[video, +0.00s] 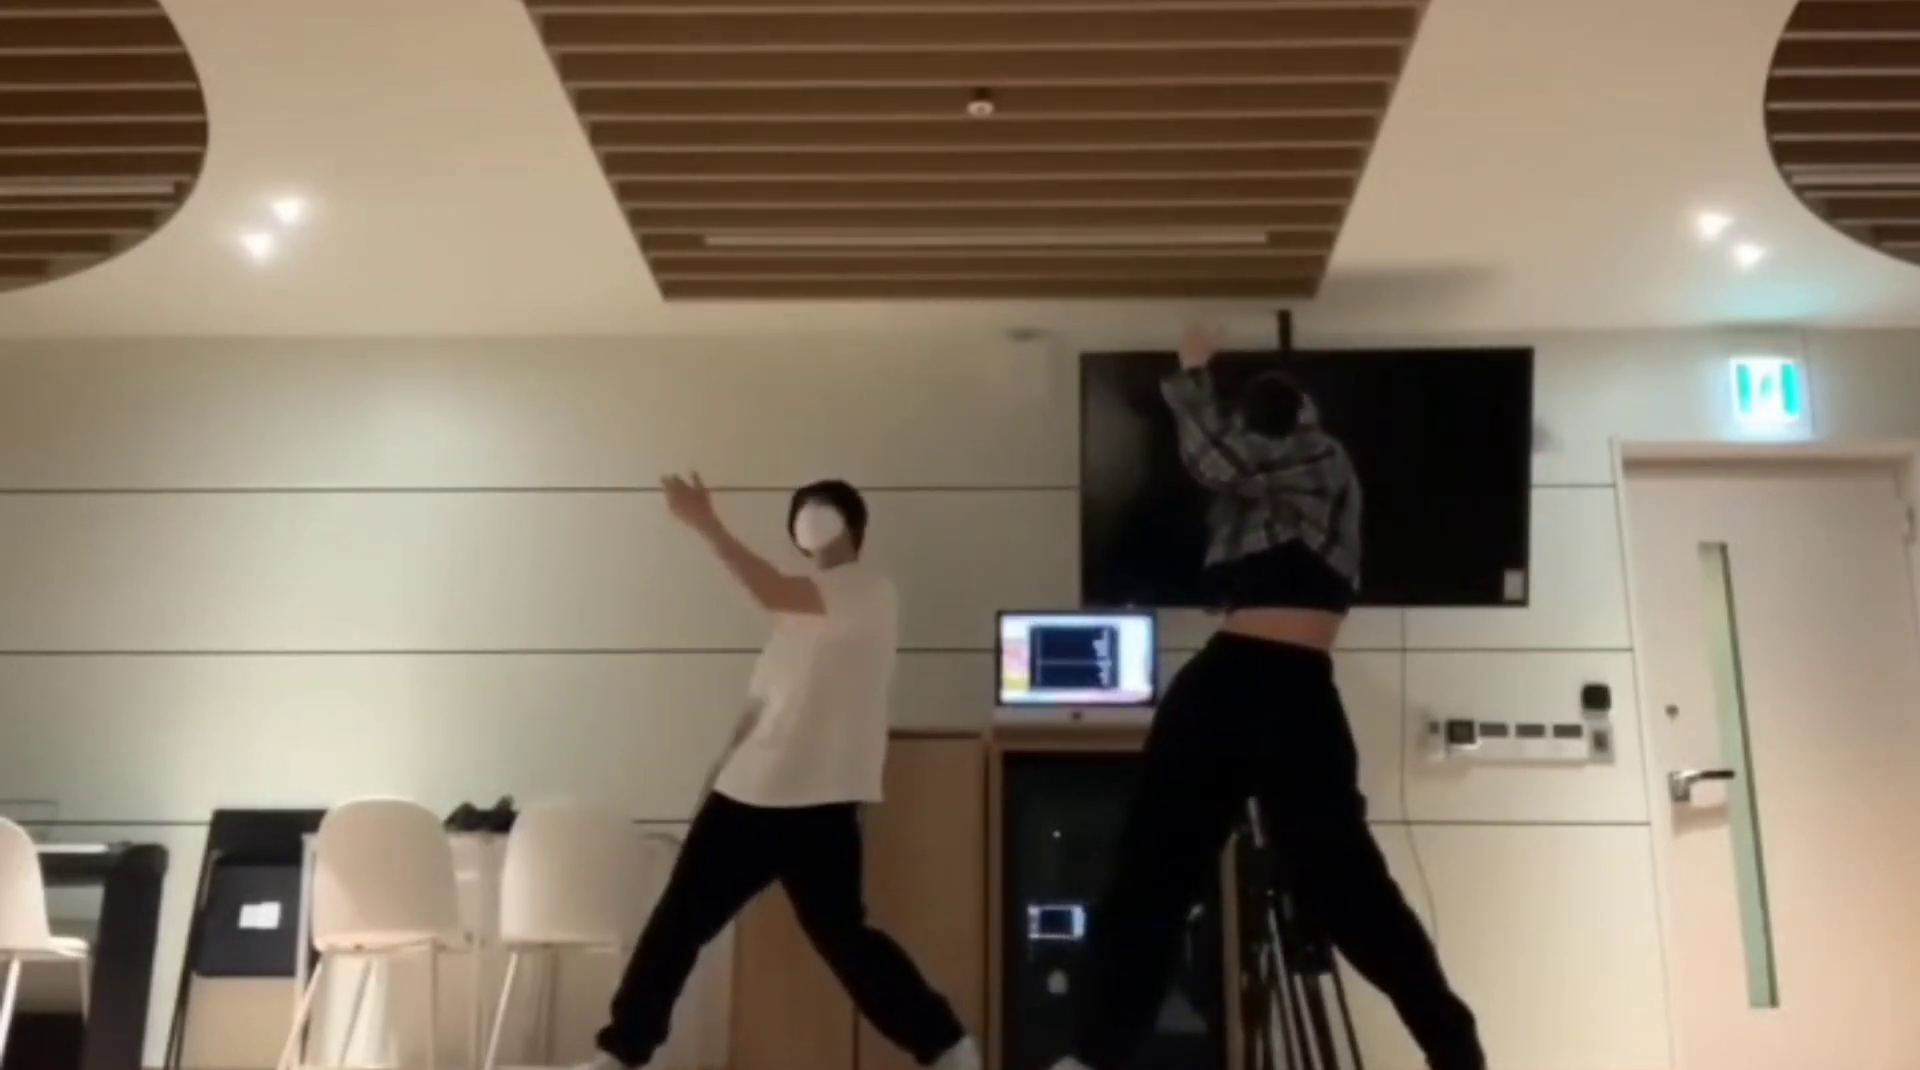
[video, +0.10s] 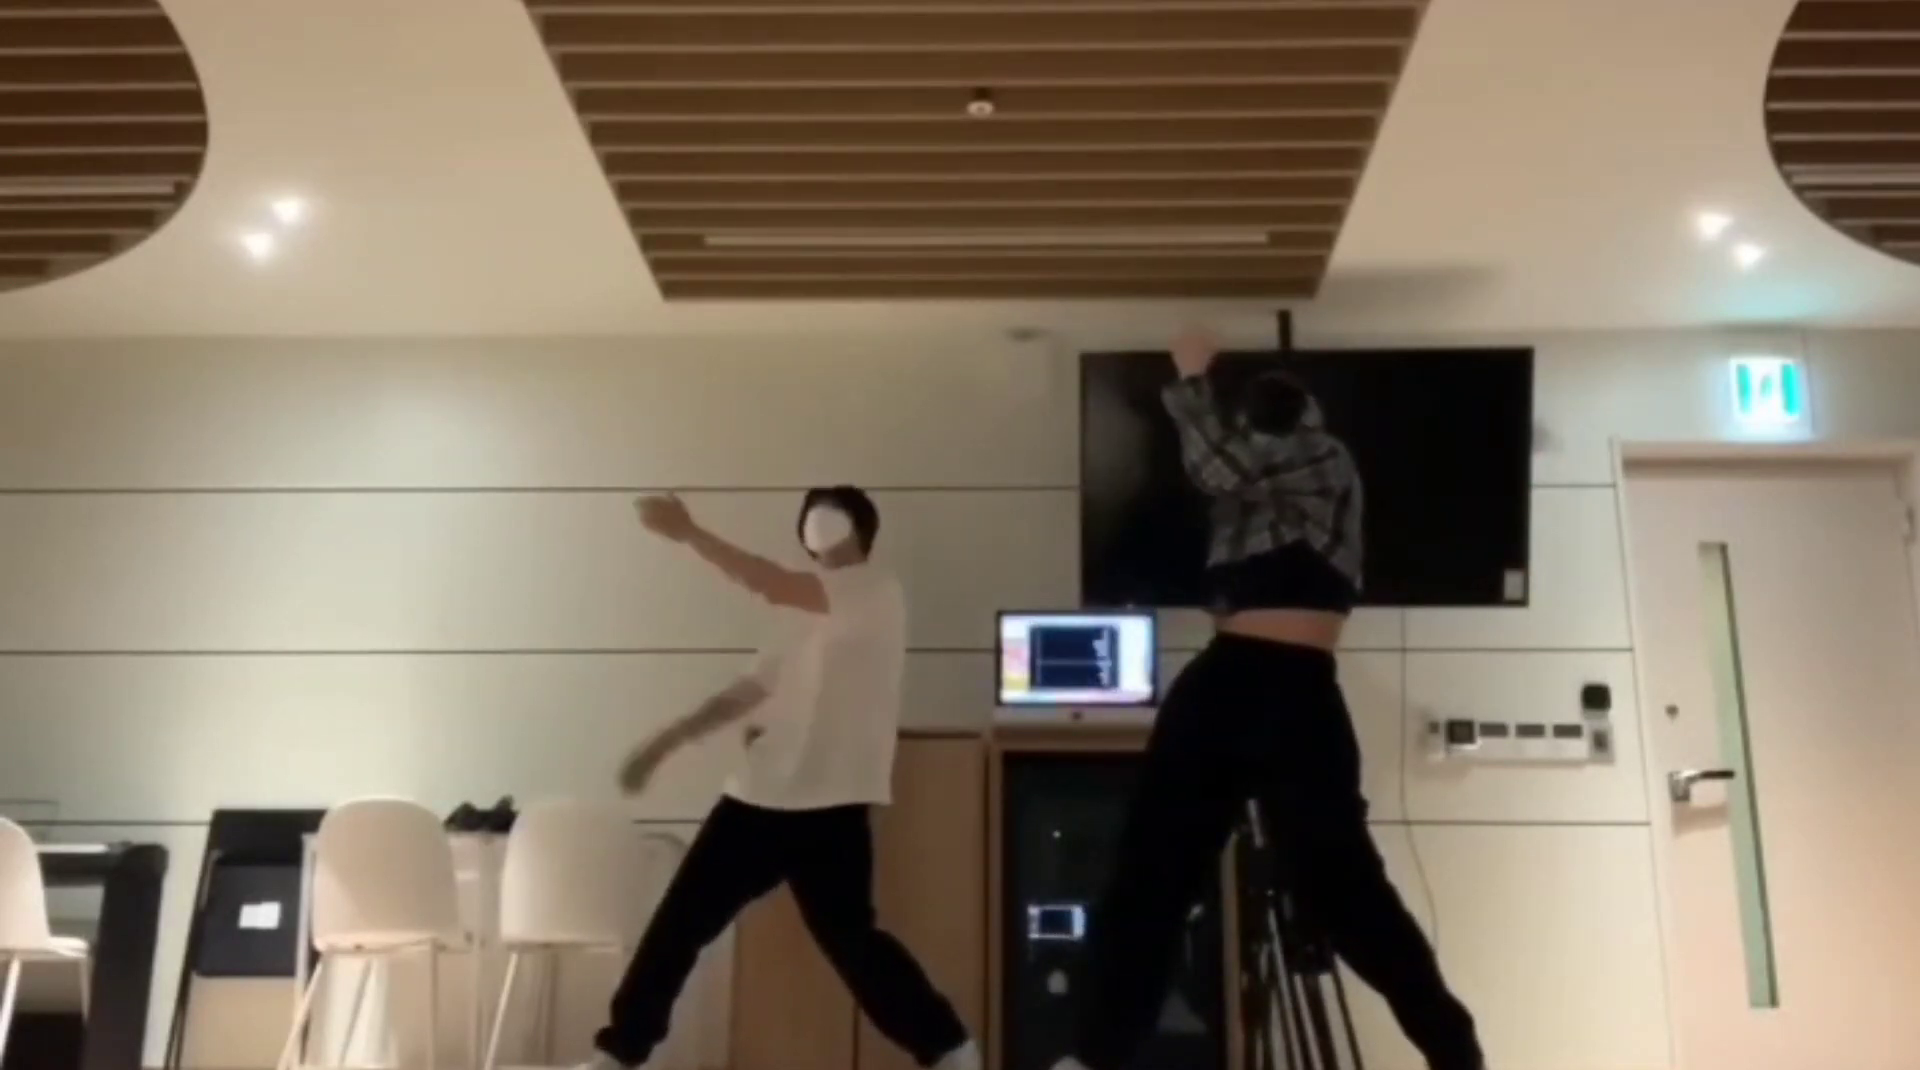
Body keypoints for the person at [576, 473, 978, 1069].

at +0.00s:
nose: (813, 527)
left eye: (826, 514)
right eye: (803, 518)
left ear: (855, 525)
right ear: (795, 535)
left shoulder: (871, 592)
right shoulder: (799, 605)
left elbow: (777, 593)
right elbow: (767, 701)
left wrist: (707, 526)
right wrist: (728, 763)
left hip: (816, 798)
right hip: (749, 793)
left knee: (841, 932)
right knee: (677, 925)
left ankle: (946, 1046)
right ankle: (622, 1049)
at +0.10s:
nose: (825, 550)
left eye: (838, 534)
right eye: (813, 537)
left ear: (866, 534)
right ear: (802, 541)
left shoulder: (876, 595)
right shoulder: (808, 617)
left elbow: (772, 583)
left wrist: (687, 531)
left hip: (830, 805)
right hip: (757, 801)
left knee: (851, 940)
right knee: (679, 925)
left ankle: (949, 1049)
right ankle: (621, 1050)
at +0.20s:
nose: (829, 534)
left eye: (842, 517)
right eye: (817, 523)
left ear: (871, 523)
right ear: (808, 533)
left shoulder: (886, 579)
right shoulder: (809, 607)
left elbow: (792, 577)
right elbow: (753, 675)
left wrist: (700, 536)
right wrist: (659, 673)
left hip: (846, 791)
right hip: (772, 790)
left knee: (863, 936)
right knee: (691, 918)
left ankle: (951, 1051)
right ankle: (619, 1047)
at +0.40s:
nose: (832, 493)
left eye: (846, 478)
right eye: (823, 479)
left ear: (870, 485)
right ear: (811, 488)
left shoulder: (897, 545)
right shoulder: (803, 558)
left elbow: (948, 529)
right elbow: (780, 601)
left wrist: (875, 520)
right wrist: (767, 564)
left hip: (879, 755)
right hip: (803, 753)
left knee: (900, 897)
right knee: (745, 875)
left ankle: (952, 1047)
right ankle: (772, 1020)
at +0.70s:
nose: (835, 496)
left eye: (847, 481)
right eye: (822, 486)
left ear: (873, 486)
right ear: (810, 496)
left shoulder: (891, 558)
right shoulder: (815, 565)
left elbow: (962, 607)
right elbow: (817, 624)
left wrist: (899, 560)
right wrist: (789, 583)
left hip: (877, 761)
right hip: (803, 763)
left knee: (915, 901)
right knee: (789, 899)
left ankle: (955, 1042)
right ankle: (819, 1041)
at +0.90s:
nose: (815, 513)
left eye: (827, 498)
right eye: (803, 501)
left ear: (855, 500)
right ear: (792, 508)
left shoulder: (893, 572)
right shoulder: (794, 565)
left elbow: (946, 625)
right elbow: (770, 635)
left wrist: (883, 680)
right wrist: (737, 707)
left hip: (857, 728)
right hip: (794, 727)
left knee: (737, 770)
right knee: (784, 882)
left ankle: (815, 891)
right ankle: (819, 1039)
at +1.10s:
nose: (810, 521)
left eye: (822, 506)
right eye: (799, 510)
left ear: (851, 507)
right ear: (790, 516)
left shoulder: (883, 576)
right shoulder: (796, 580)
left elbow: (865, 663)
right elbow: (755, 680)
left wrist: (809, 605)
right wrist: (751, 623)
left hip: (855, 733)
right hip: (797, 736)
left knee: (726, 711)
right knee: (772, 886)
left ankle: (762, 861)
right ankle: (818, 1041)